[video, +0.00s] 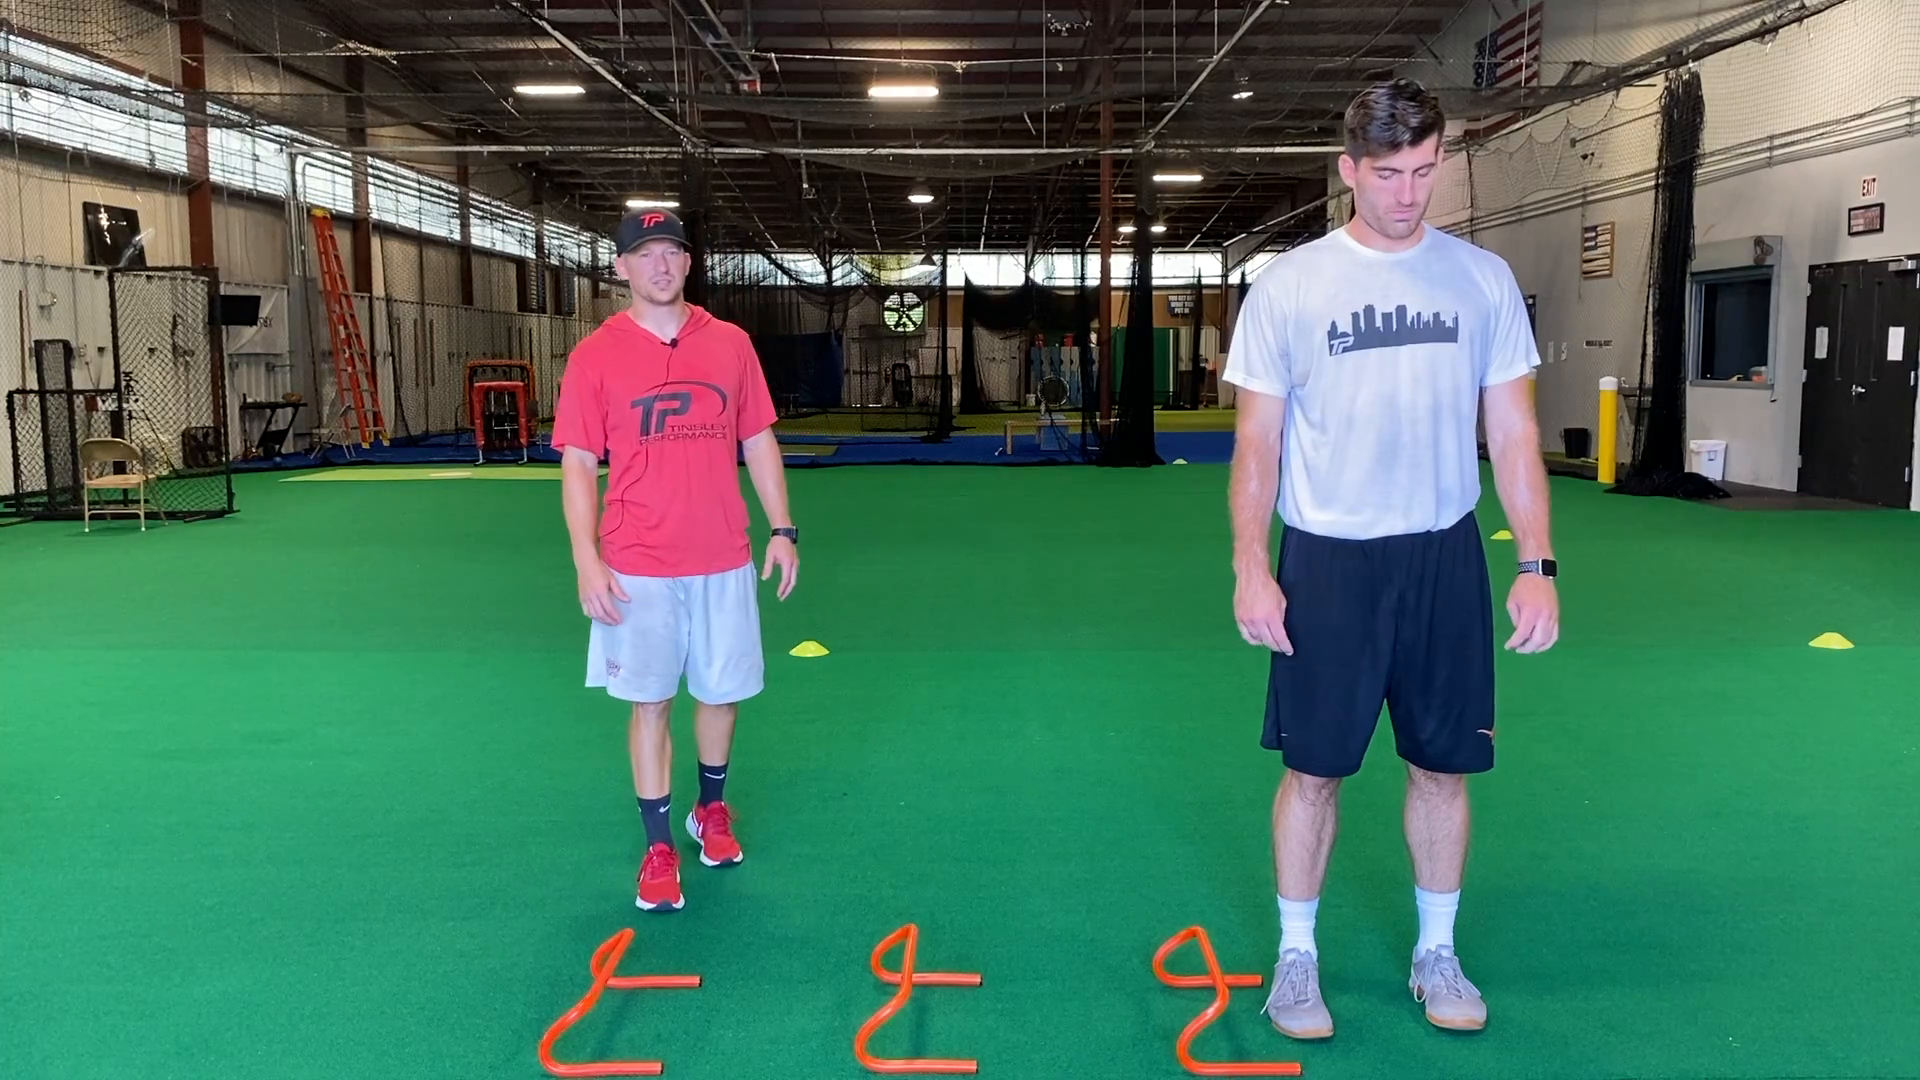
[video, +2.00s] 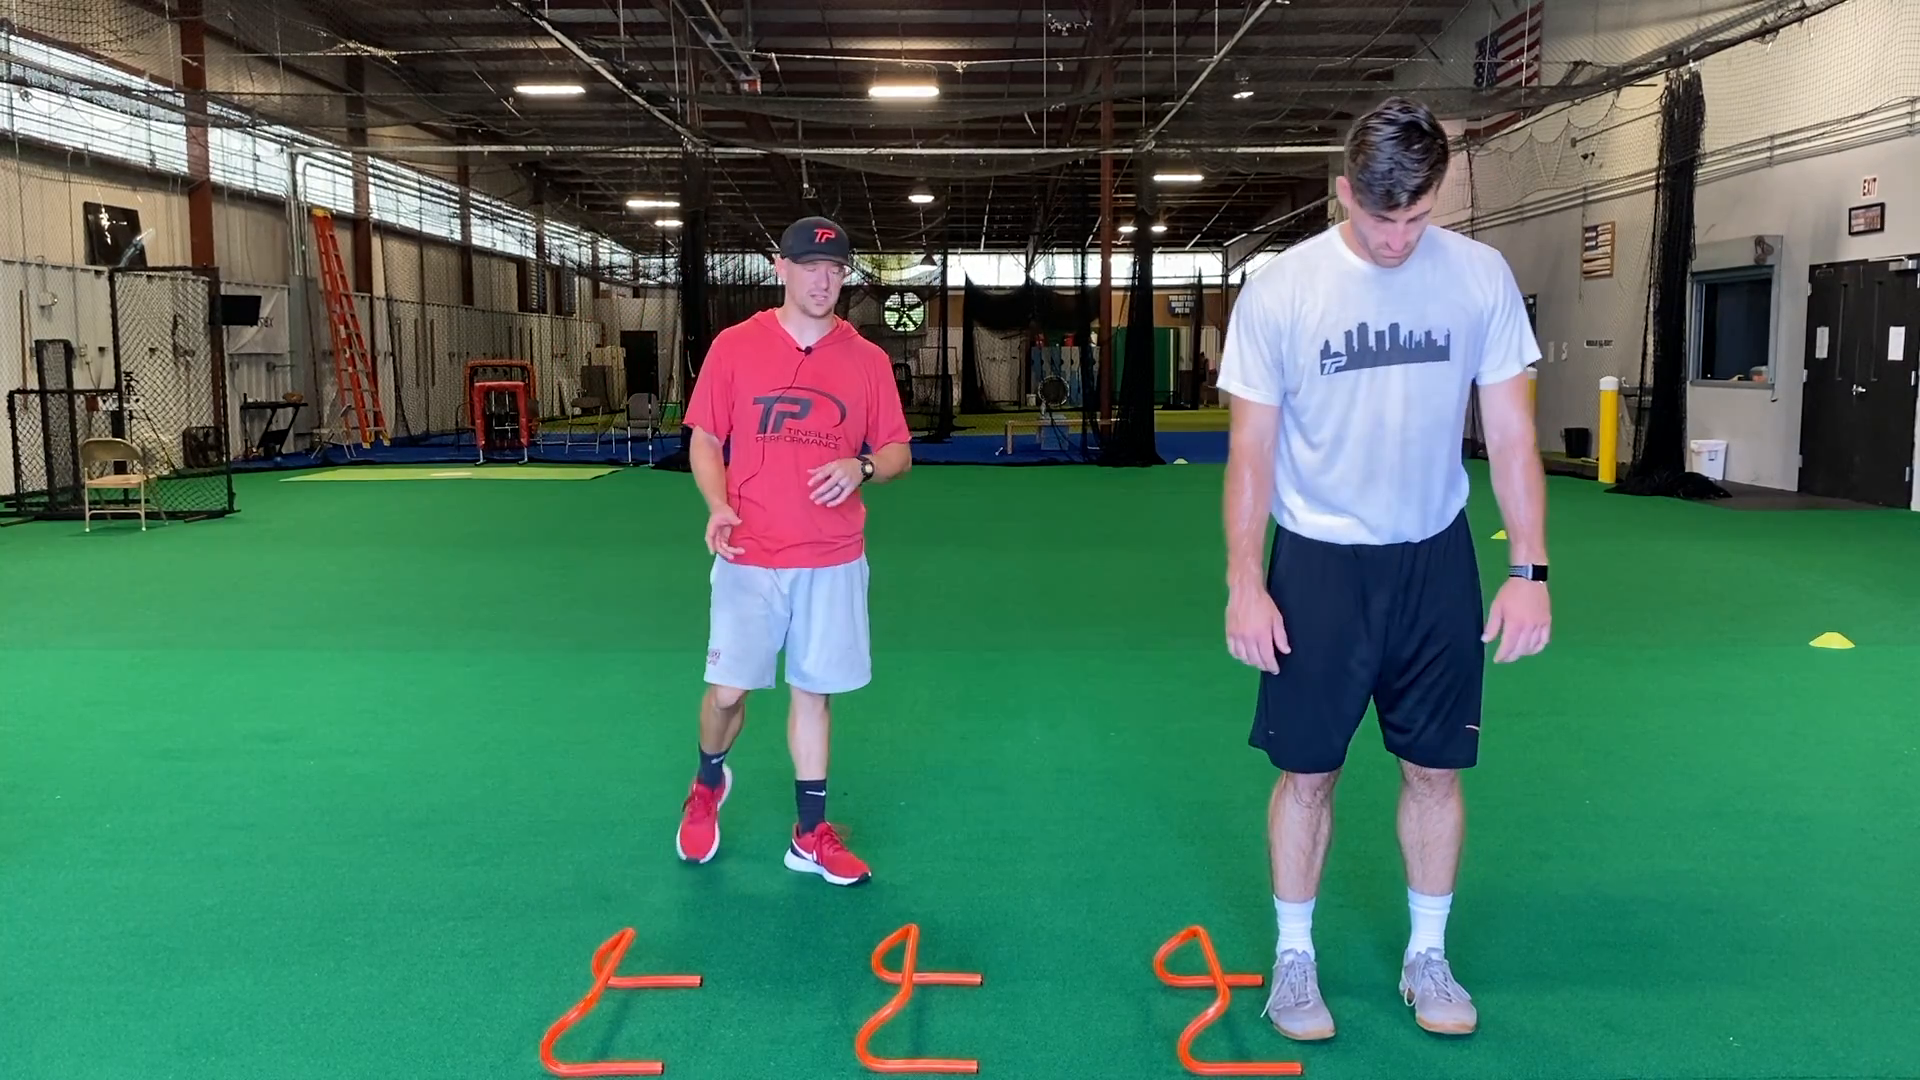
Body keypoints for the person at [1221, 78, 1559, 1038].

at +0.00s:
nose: (1410, 191)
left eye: (1424, 169)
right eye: (1391, 173)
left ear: (1442, 163)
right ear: (1349, 169)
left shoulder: (1484, 279)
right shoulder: (1287, 285)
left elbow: (1514, 435)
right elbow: (1256, 445)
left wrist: (1537, 562)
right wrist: (1252, 570)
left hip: (1444, 559)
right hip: (1328, 562)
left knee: (1443, 761)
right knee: (1314, 768)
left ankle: (1437, 956)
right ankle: (1296, 959)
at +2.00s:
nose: (1397, 233)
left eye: (1415, 214)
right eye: (1379, 213)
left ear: (1439, 194)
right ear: (1341, 187)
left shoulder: (1480, 278)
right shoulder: (1277, 291)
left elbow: (1511, 437)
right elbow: (1250, 457)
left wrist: (1528, 569)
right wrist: (1245, 583)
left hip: (1436, 560)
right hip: (1317, 563)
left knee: (1436, 763)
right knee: (1306, 769)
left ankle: (1428, 958)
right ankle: (1293, 960)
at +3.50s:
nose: (1396, 367)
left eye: (1414, 347)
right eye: (1377, 347)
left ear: (1436, 322)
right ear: (1338, 318)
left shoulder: (1476, 381)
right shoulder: (1257, 374)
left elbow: (1517, 467)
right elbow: (1192, 449)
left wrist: (1499, 598)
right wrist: (1214, 586)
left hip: (1394, 581)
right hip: (1275, 580)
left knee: (1418, 769)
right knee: (1288, 763)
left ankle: (1424, 958)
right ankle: (1300, 952)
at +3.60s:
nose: (1367, 377)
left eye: (1386, 357)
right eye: (1349, 357)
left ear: (1410, 334)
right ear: (1309, 329)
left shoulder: (1451, 409)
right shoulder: (1229, 380)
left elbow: (1487, 514)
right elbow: (1177, 440)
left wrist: (1461, 647)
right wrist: (1180, 571)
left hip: (1369, 578)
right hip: (1248, 573)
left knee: (1410, 772)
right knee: (1259, 756)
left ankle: (1421, 957)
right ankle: (1275, 871)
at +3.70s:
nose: (1316, 376)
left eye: (1336, 356)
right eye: (1298, 355)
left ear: (1363, 335)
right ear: (1262, 331)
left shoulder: (1408, 421)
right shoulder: (1197, 388)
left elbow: (1440, 527)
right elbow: (1138, 424)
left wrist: (1387, 628)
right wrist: (1126, 539)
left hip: (1341, 590)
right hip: (1216, 579)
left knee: (1400, 789)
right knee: (1199, 739)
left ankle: (1422, 961)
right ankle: (1190, 814)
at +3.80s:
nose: (1237, 342)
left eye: (1254, 322)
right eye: (1220, 322)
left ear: (1280, 298)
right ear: (1181, 302)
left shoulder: (1334, 371)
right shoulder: (1121, 364)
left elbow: (1390, 441)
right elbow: (1078, 403)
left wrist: (1331, 516)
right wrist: (1082, 521)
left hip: (1293, 582)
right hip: (1163, 572)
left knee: (1360, 764)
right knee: (1116, 735)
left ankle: (1423, 947)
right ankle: (1091, 877)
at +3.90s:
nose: (1149, 313)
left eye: (1165, 293)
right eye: (1130, 295)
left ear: (1193, 275)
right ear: (1099, 279)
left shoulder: (1250, 333)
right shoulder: (1039, 354)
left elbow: (1320, 349)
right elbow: (1010, 423)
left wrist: (1293, 478)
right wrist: (1038, 539)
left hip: (1230, 569)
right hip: (1103, 581)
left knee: (1315, 750)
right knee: (1081, 773)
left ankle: (1343, 857)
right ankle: (1053, 942)